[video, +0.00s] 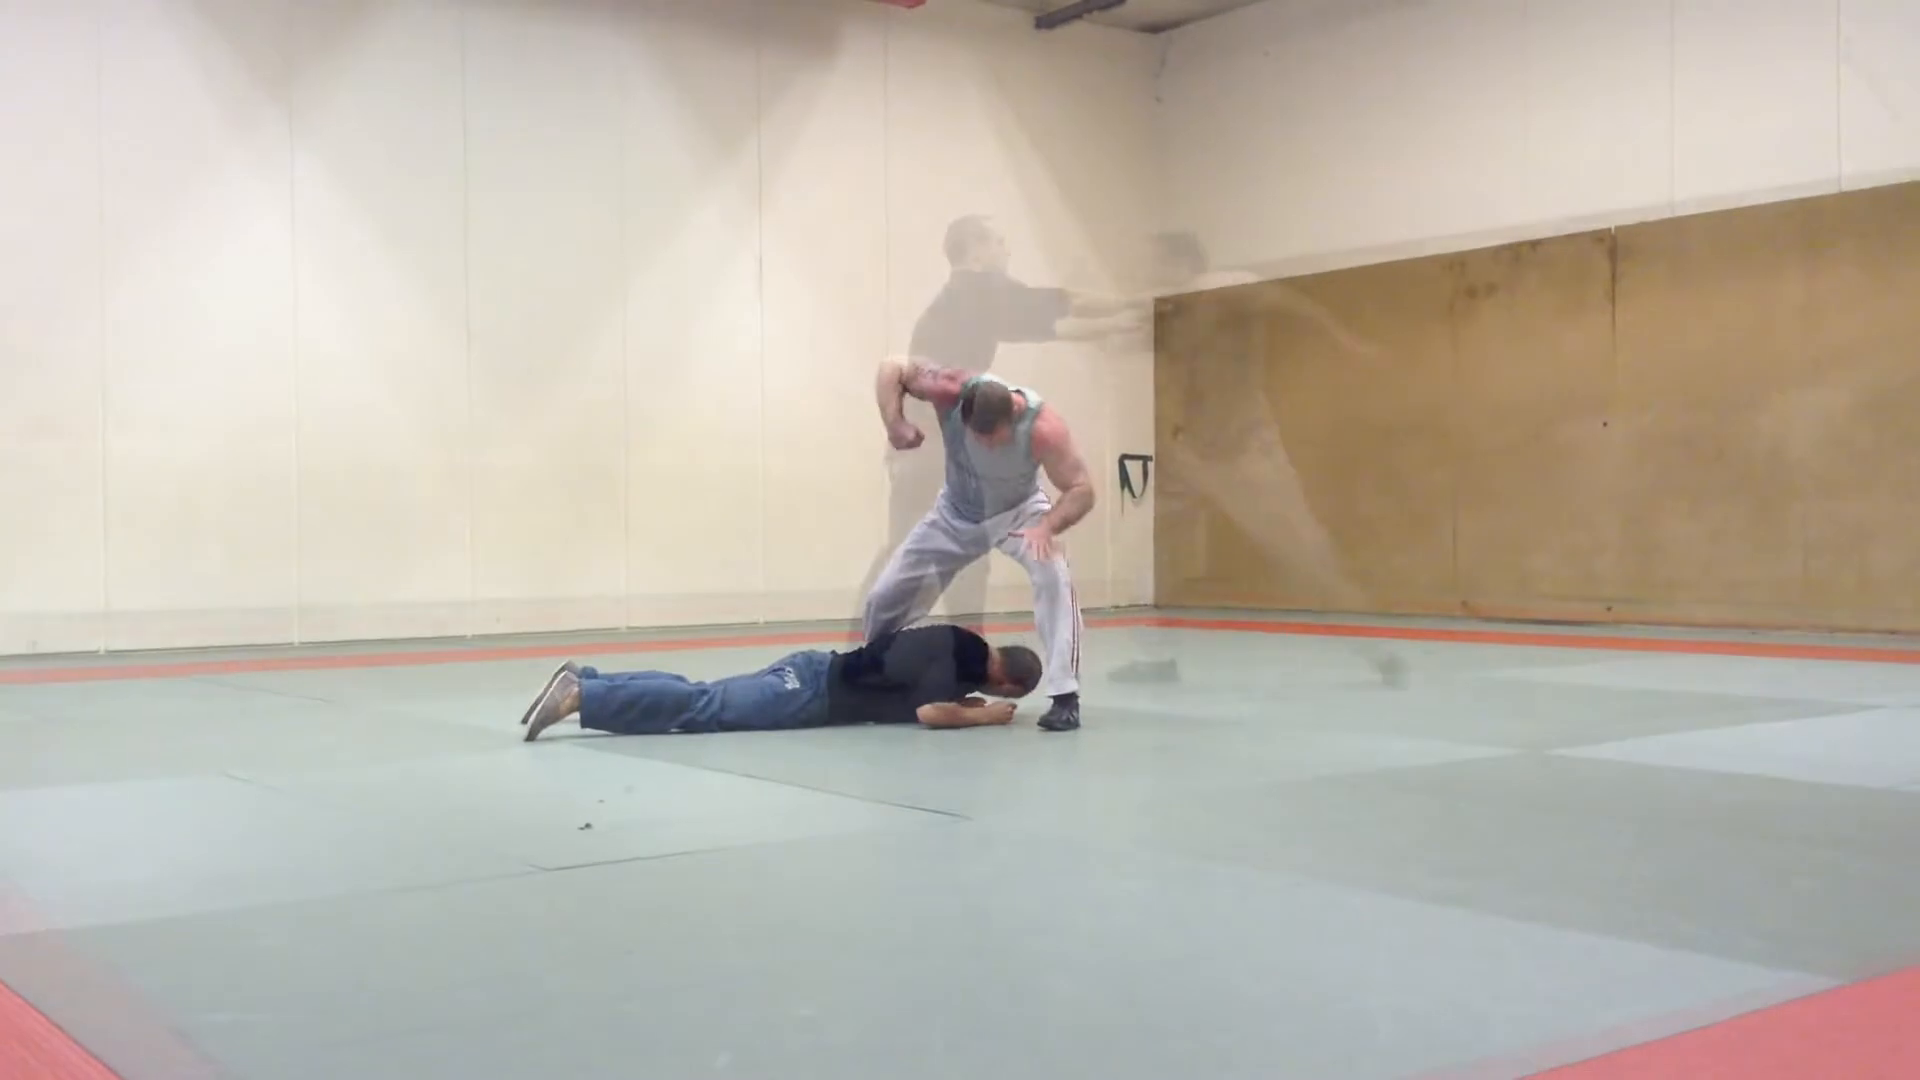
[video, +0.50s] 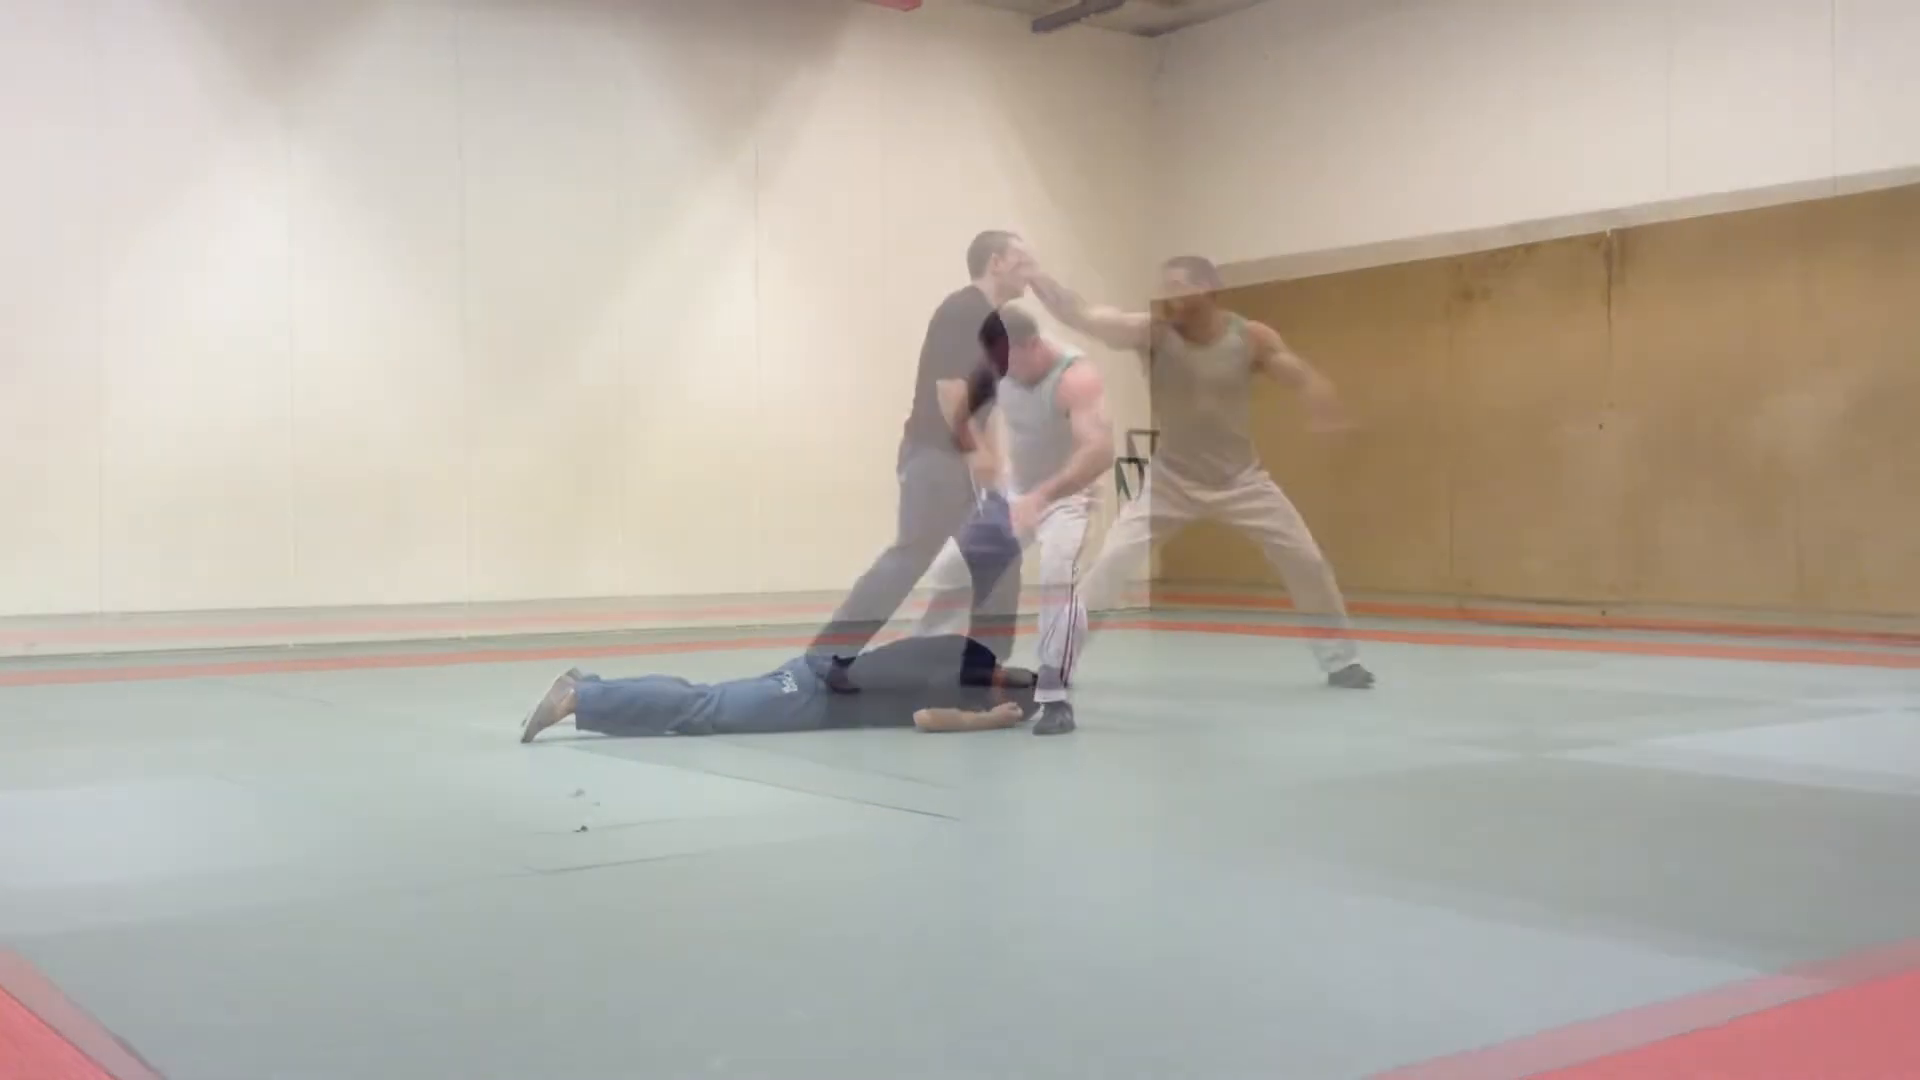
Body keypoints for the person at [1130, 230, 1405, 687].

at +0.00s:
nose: (1170, 274)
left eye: (1177, 265)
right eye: (1165, 265)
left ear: (1194, 263)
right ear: (1159, 267)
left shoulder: (1226, 295)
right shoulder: (1163, 311)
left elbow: (1284, 301)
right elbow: (1111, 328)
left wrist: (1344, 341)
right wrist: (1063, 318)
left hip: (1248, 443)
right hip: (1188, 447)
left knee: (1306, 549)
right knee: (1162, 559)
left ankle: (1377, 651)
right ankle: (1158, 659)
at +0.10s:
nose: (1209, 293)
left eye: (1217, 283)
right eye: (1202, 285)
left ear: (1236, 281)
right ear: (1195, 287)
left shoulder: (1274, 313)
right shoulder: (1186, 320)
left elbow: (1332, 332)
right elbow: (1120, 307)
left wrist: (1324, 322)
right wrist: (1097, 265)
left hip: (1276, 469)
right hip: (1210, 467)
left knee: (1338, 553)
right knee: (1134, 535)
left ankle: (1389, 657)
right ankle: (1141, 648)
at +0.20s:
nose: (1249, 302)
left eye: (1258, 293)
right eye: (1242, 292)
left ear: (1273, 296)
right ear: (1227, 296)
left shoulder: (1289, 339)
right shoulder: (1206, 332)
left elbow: (1334, 347)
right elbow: (1150, 319)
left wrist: (1281, 302)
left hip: (1280, 482)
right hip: (1208, 481)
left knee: (1348, 557)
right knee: (1138, 560)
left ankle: (1383, 660)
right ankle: (1094, 661)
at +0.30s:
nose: (1223, 308)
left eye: (1233, 300)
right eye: (1221, 300)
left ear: (1255, 303)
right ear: (1216, 304)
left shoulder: (1283, 347)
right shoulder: (1203, 343)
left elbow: (1343, 359)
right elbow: (1180, 356)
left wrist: (1312, 327)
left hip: (1267, 489)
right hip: (1197, 488)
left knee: (1340, 557)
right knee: (1129, 561)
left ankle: (1374, 661)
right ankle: (1082, 664)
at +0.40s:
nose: (1203, 311)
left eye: (1212, 301)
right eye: (1198, 302)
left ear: (1237, 301)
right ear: (1193, 305)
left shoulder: (1271, 347)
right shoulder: (1180, 346)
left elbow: (1328, 355)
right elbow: (1117, 348)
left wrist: (1367, 359)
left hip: (1250, 488)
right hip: (1179, 489)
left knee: (1323, 552)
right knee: (1118, 558)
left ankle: (1358, 658)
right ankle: (1068, 661)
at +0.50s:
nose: (1173, 310)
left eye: (1181, 300)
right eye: (1168, 301)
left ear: (1208, 295)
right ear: (1163, 299)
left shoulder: (1249, 337)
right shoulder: (1156, 332)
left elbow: (1306, 377)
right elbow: (1085, 317)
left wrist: (1324, 407)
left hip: (1242, 483)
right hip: (1170, 483)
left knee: (1306, 559)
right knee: (1111, 564)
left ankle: (1339, 661)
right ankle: (1052, 670)